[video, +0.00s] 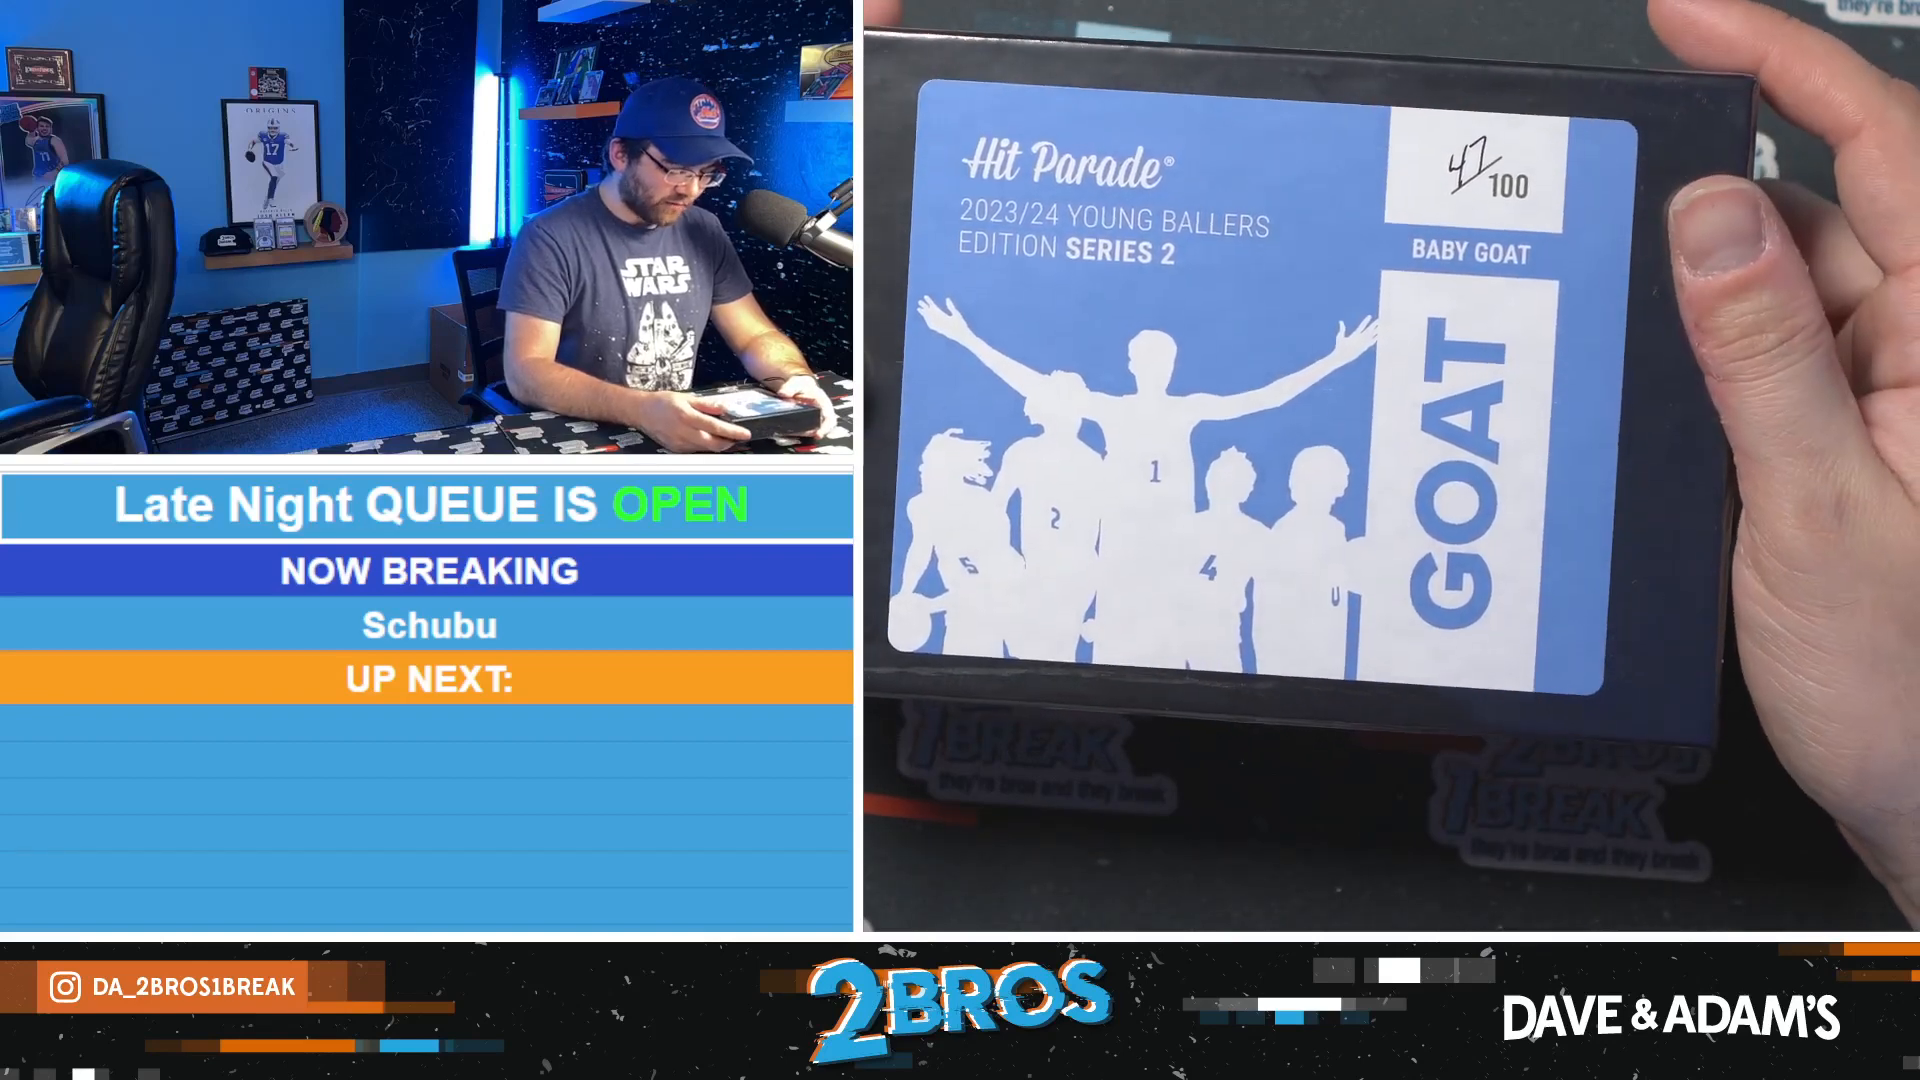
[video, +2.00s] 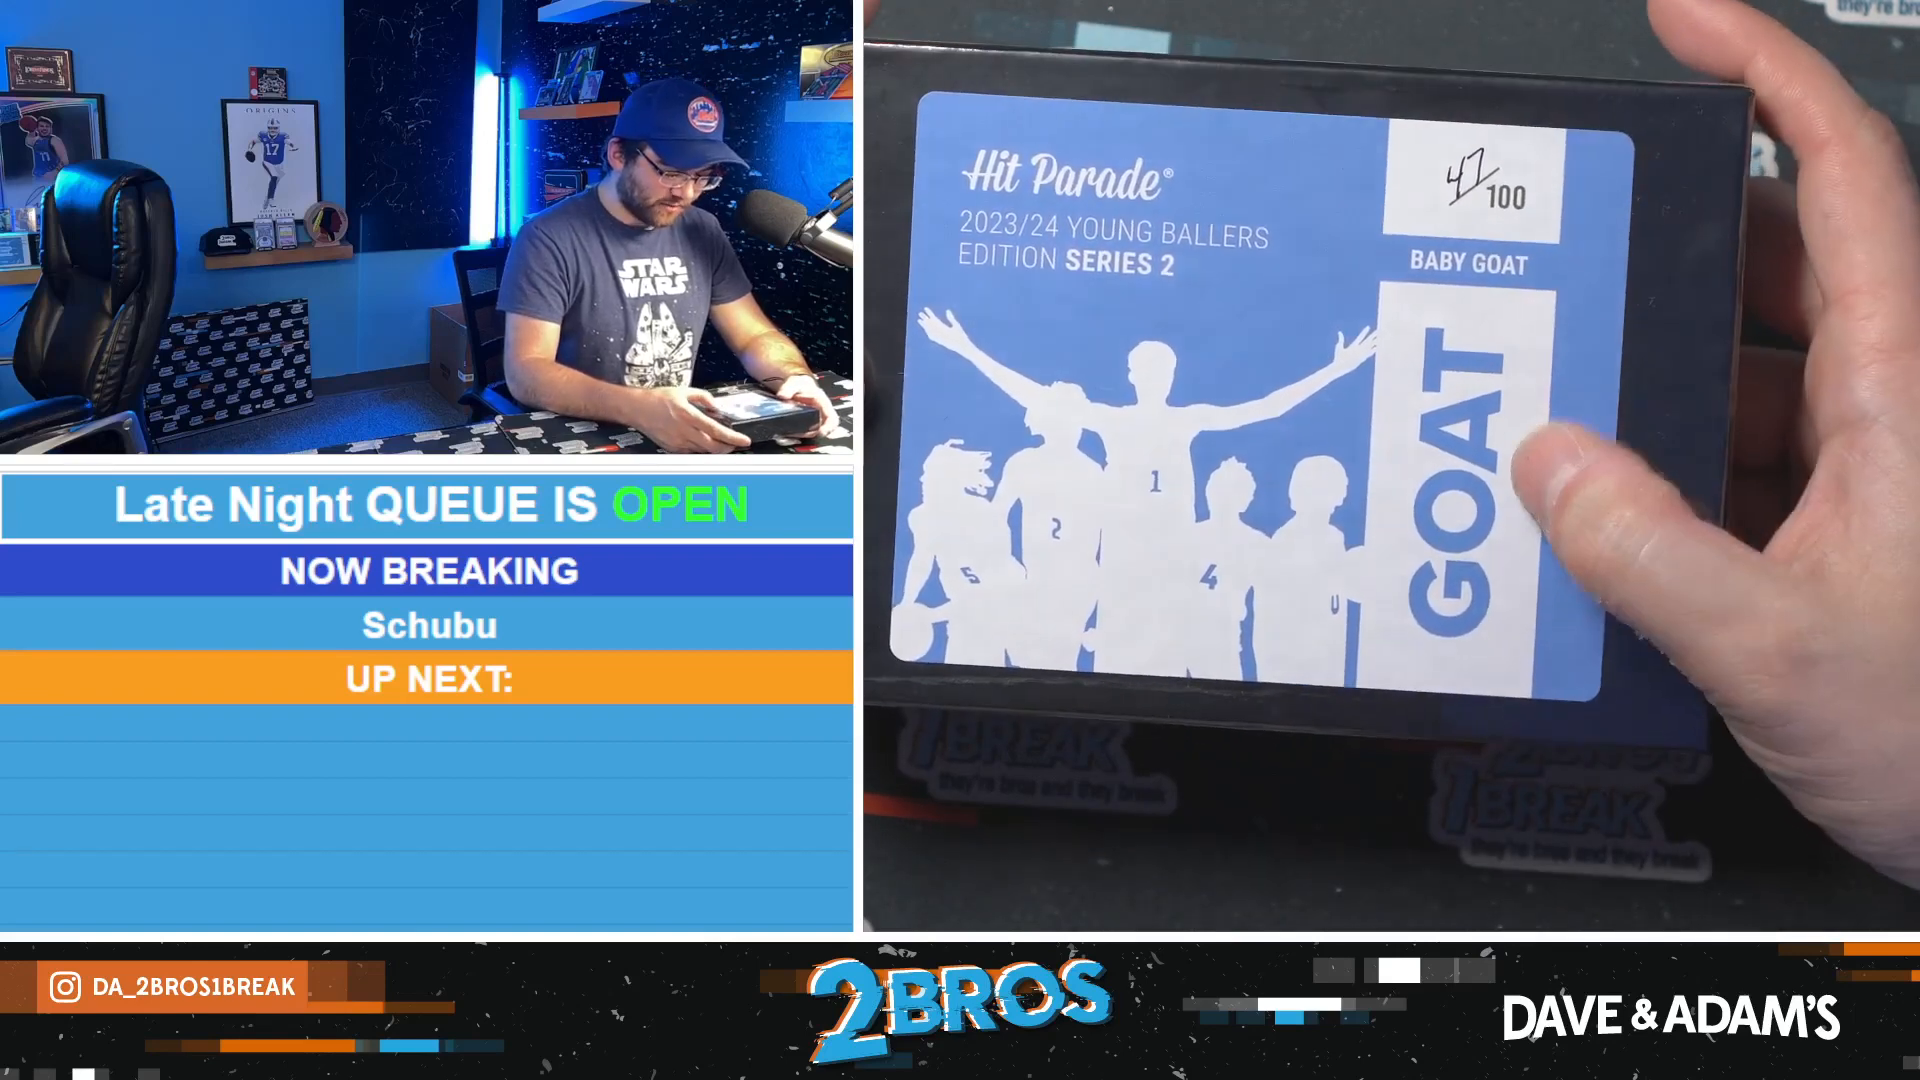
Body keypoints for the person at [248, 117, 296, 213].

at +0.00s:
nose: (273, 130)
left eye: (275, 128)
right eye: (271, 128)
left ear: (278, 128)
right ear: (268, 128)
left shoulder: (283, 136)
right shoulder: (263, 136)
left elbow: (290, 142)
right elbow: (253, 141)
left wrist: (292, 147)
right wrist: (250, 149)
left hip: (279, 164)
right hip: (267, 162)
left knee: (275, 182)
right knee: (274, 176)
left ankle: (267, 199)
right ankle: (270, 199)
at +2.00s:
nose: (273, 130)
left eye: (275, 128)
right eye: (271, 128)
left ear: (278, 128)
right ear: (268, 128)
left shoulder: (283, 136)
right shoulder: (263, 136)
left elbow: (290, 143)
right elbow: (253, 141)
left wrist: (292, 147)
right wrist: (250, 149)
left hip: (279, 164)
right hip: (267, 162)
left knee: (276, 182)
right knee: (274, 176)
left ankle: (267, 200)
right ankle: (270, 199)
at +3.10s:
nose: (273, 130)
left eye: (275, 128)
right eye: (271, 128)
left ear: (278, 128)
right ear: (268, 128)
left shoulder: (283, 136)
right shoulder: (263, 136)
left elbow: (290, 142)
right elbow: (254, 141)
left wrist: (292, 147)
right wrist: (250, 148)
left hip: (279, 164)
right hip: (267, 162)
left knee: (275, 182)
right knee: (274, 176)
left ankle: (267, 200)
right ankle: (270, 199)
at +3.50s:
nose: (273, 130)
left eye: (275, 128)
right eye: (271, 128)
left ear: (278, 128)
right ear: (268, 128)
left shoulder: (283, 136)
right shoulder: (263, 136)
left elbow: (290, 142)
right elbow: (254, 141)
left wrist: (292, 147)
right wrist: (250, 148)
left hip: (279, 164)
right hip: (267, 162)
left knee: (275, 182)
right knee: (274, 176)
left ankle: (267, 200)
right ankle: (270, 199)